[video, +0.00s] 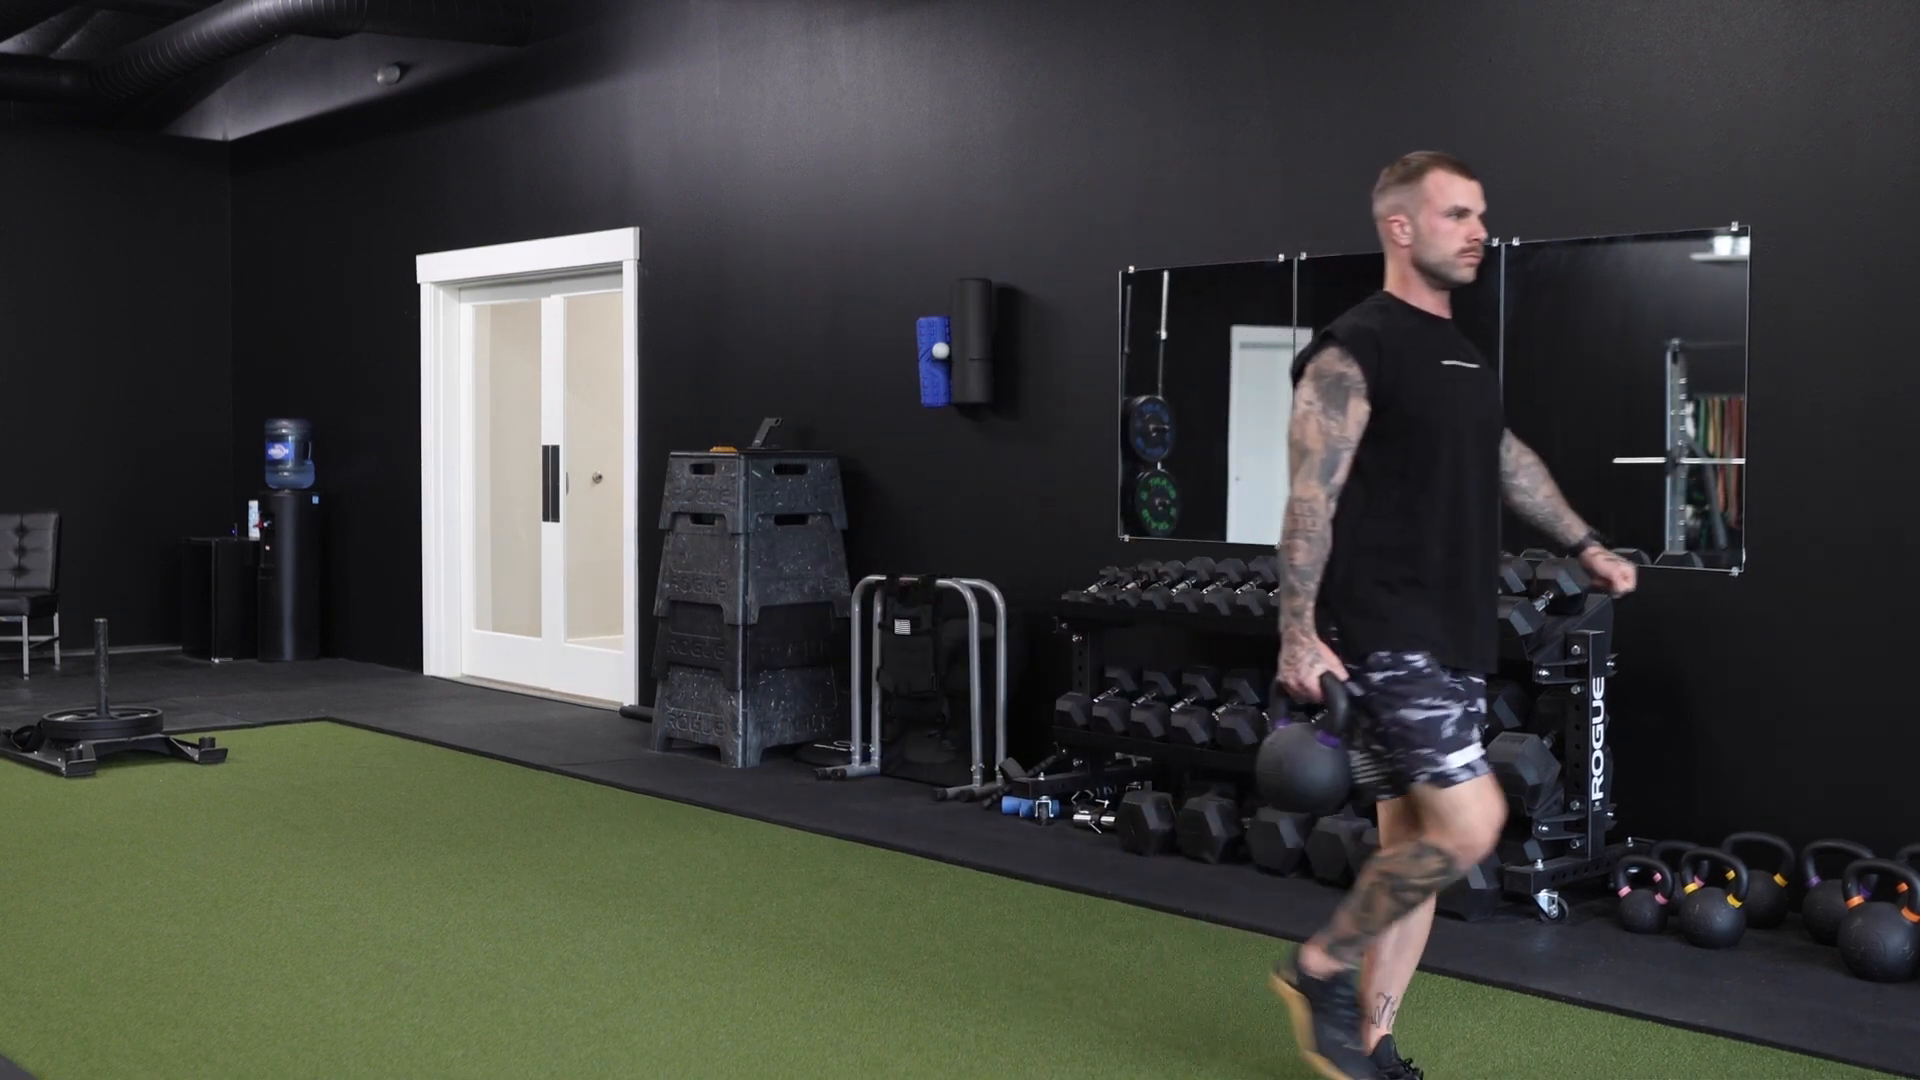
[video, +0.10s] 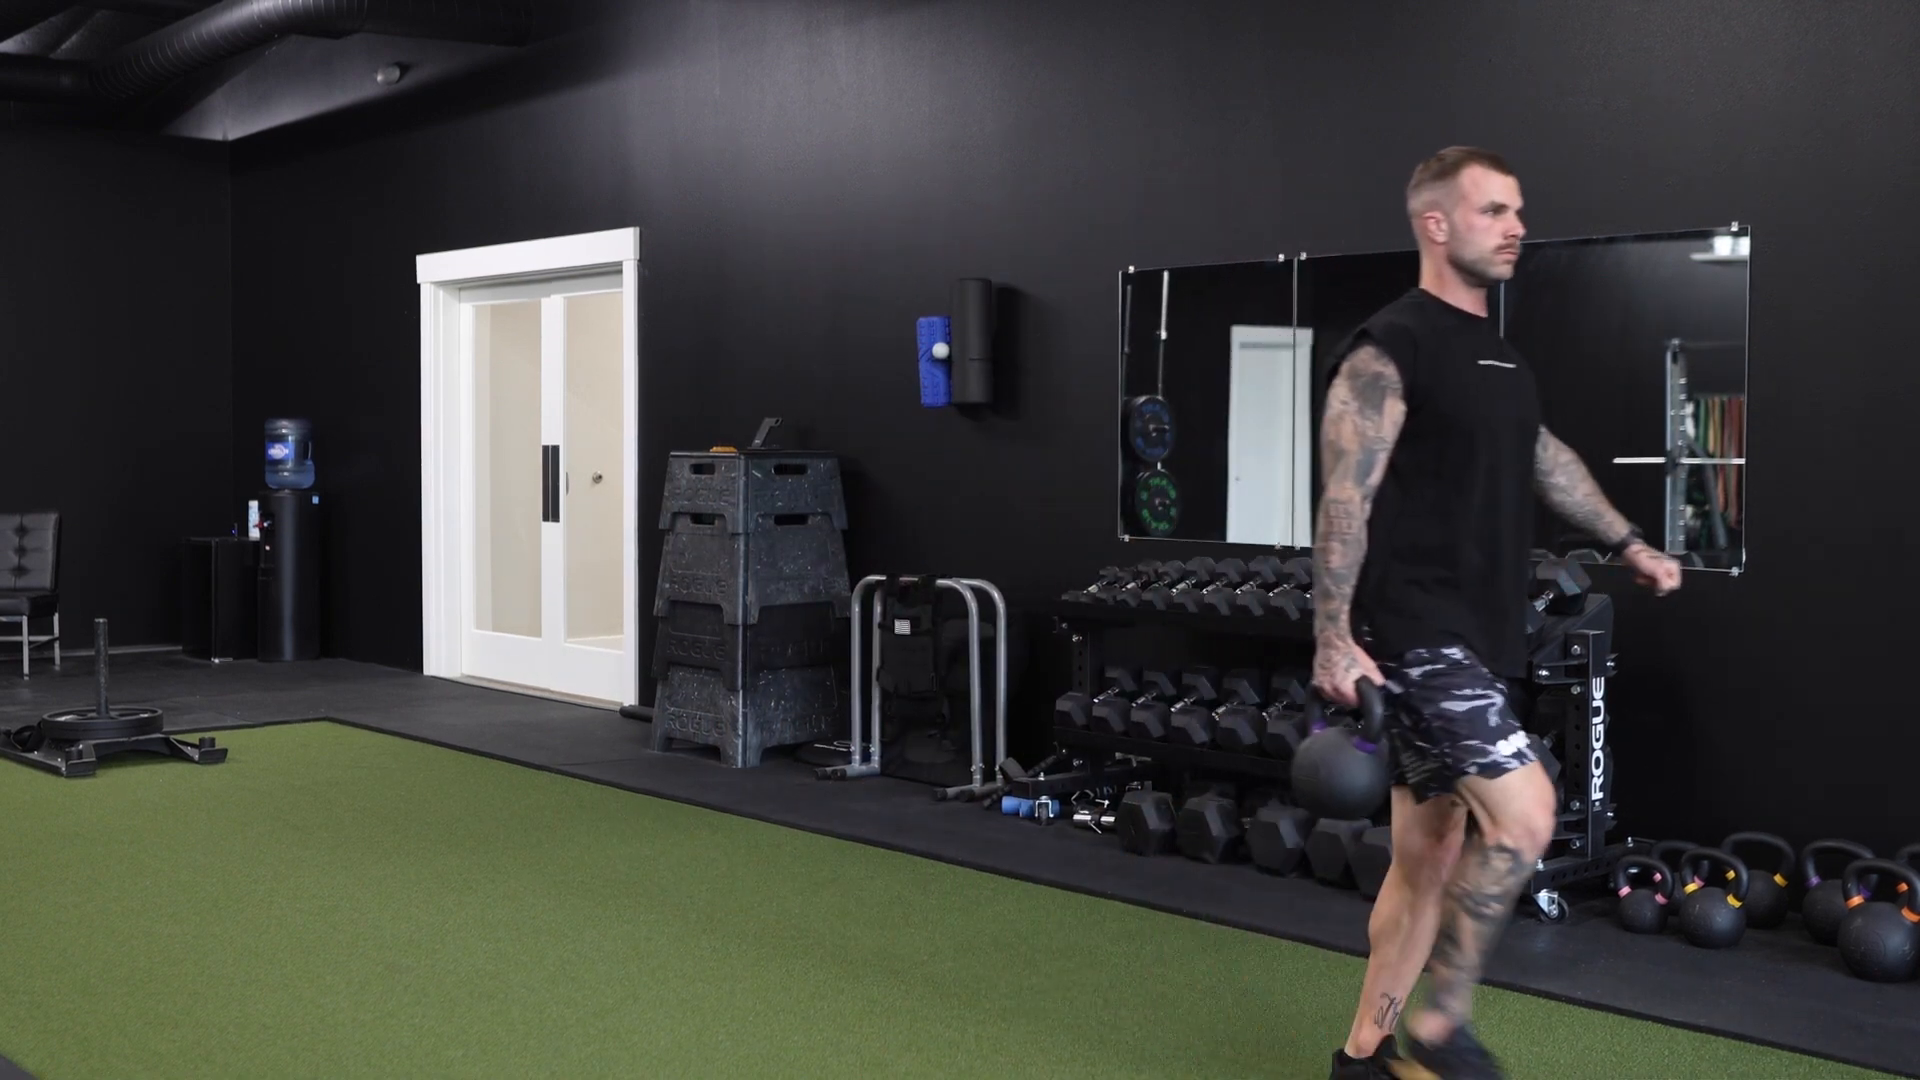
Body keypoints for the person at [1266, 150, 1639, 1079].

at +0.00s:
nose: (1478, 232)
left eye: (1480, 217)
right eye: (1458, 216)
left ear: (1466, 232)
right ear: (1397, 228)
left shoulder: (1461, 354)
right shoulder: (1349, 351)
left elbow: (1506, 459)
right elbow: (1310, 494)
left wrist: (1584, 544)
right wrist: (1296, 626)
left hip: (1454, 633)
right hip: (1380, 633)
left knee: (1410, 845)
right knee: (1470, 821)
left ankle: (1370, 1038)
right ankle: (1319, 965)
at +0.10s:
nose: (1516, 229)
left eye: (1518, 213)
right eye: (1494, 213)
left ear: (1503, 227)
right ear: (1433, 225)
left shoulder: (1497, 356)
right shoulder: (1386, 351)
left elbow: (1546, 460)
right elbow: (1345, 497)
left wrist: (1627, 542)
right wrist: (1331, 632)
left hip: (1483, 635)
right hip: (1415, 634)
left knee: (1426, 854)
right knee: (1524, 815)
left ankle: (1363, 1048)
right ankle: (1439, 1022)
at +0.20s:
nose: (1555, 227)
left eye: (1556, 211)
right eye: (1534, 211)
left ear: (1543, 226)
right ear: (1471, 224)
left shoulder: (1532, 348)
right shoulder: (1423, 351)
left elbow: (1581, 459)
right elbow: (1381, 500)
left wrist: (1666, 543)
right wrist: (1367, 637)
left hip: (1518, 640)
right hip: (1449, 641)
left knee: (1438, 854)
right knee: (1540, 843)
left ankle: (1366, 1046)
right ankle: (1563, 1067)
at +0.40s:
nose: (1636, 223)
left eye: (1637, 206)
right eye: (1612, 205)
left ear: (1622, 220)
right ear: (1548, 220)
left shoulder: (1620, 352)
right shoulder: (1501, 351)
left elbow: (1669, 464)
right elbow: (1451, 505)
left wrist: (1748, 545)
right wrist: (1439, 646)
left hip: (1605, 654)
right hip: (1536, 657)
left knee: (1533, 867)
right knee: (1590, 882)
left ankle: (1400, 1024)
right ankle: (1619, 1072)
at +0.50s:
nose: (1667, 217)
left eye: (1670, 200)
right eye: (1643, 200)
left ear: (1667, 212)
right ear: (1579, 213)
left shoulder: (1653, 344)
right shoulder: (1533, 346)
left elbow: (1718, 454)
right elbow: (1481, 504)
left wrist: (1809, 541)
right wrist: (1467, 647)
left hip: (1659, 654)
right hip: (1577, 657)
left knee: (1670, 866)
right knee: (1613, 879)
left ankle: (1480, 991)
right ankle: (1630, 1072)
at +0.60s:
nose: (1688, 214)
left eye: (1695, 196)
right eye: (1664, 195)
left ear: (1699, 208)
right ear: (1605, 207)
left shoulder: (1702, 348)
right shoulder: (1561, 340)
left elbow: (1771, 447)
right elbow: (1505, 498)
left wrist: (1874, 535)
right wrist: (1493, 645)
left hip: (1704, 655)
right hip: (1605, 657)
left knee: (1748, 872)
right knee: (1632, 893)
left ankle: (1584, 1007)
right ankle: (1636, 1071)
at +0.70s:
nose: (1706, 207)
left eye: (1716, 191)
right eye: (1681, 190)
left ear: (1724, 204)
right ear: (1625, 203)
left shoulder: (1735, 339)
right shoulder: (1581, 337)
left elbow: (1831, 446)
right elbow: (1527, 498)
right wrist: (1513, 645)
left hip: (1742, 658)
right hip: (1631, 664)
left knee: (1799, 876)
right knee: (1647, 897)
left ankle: (1729, 1072)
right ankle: (1640, 1074)